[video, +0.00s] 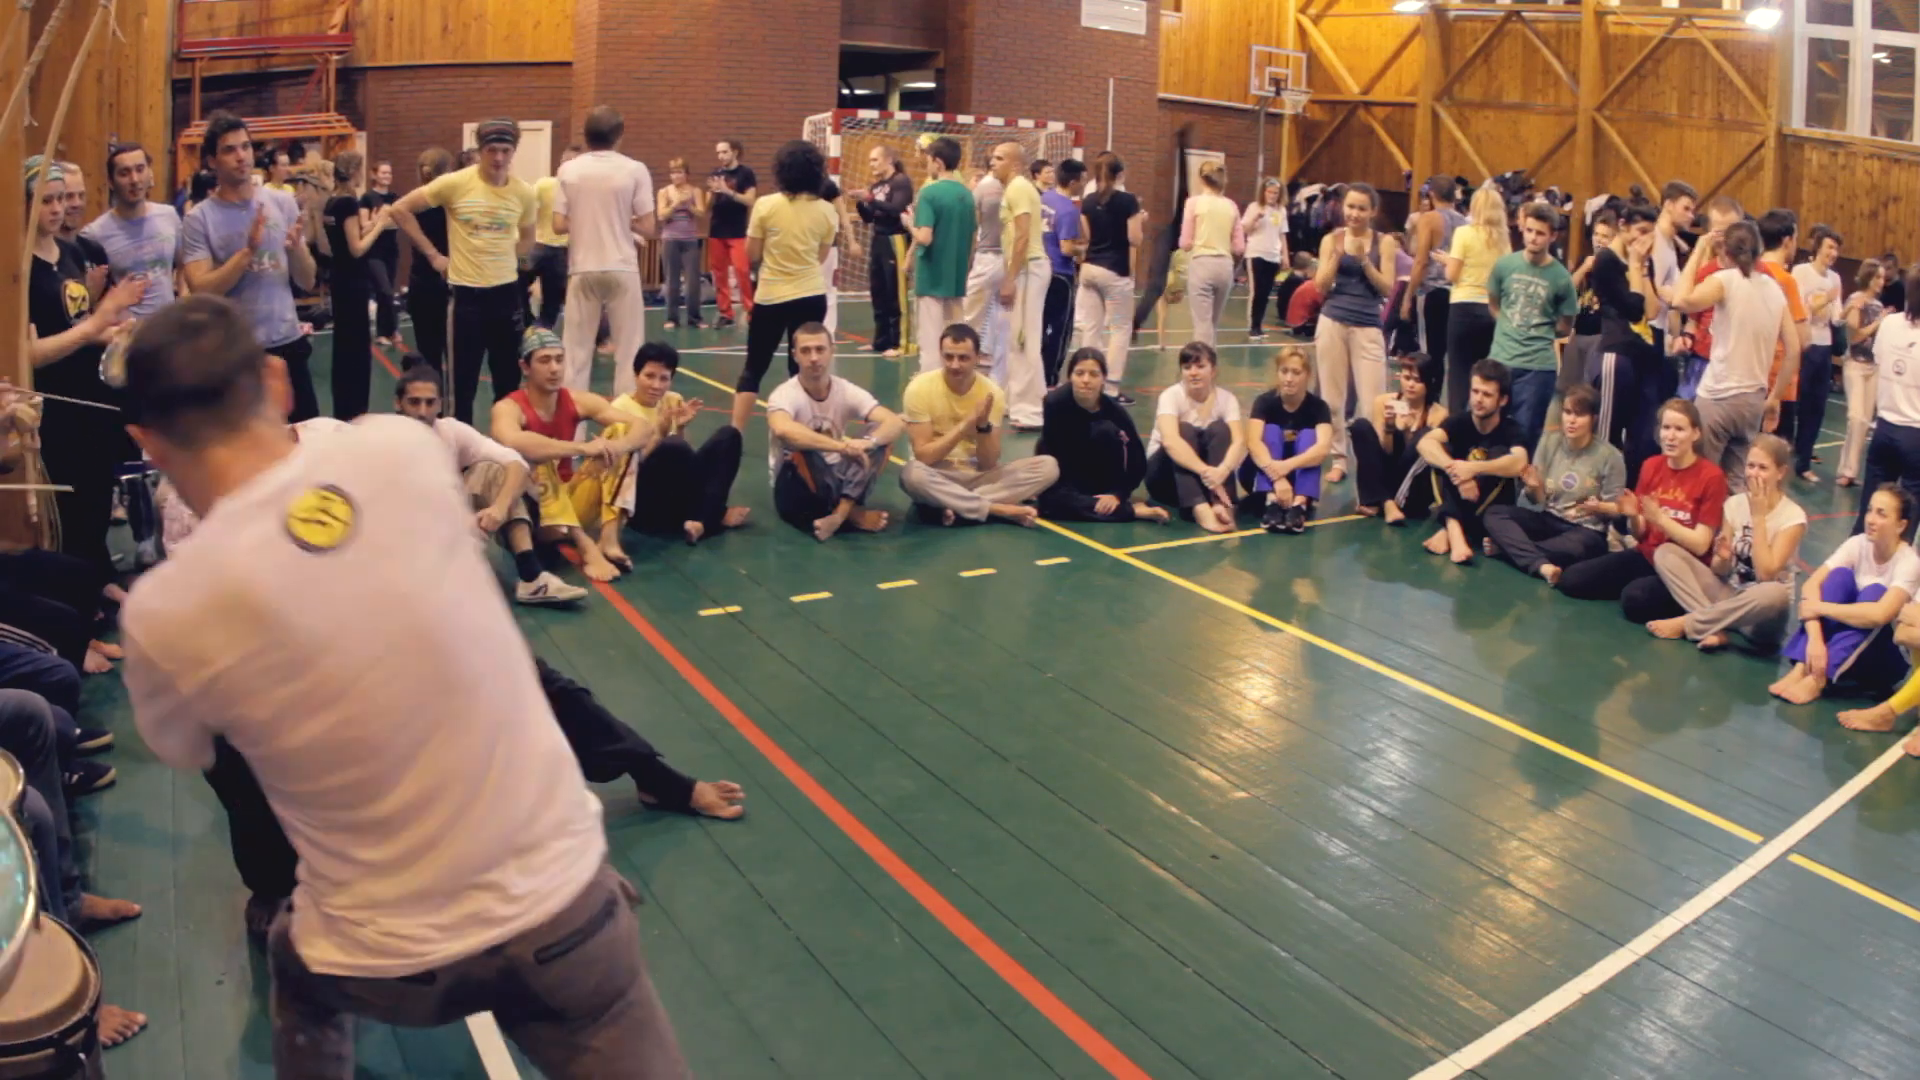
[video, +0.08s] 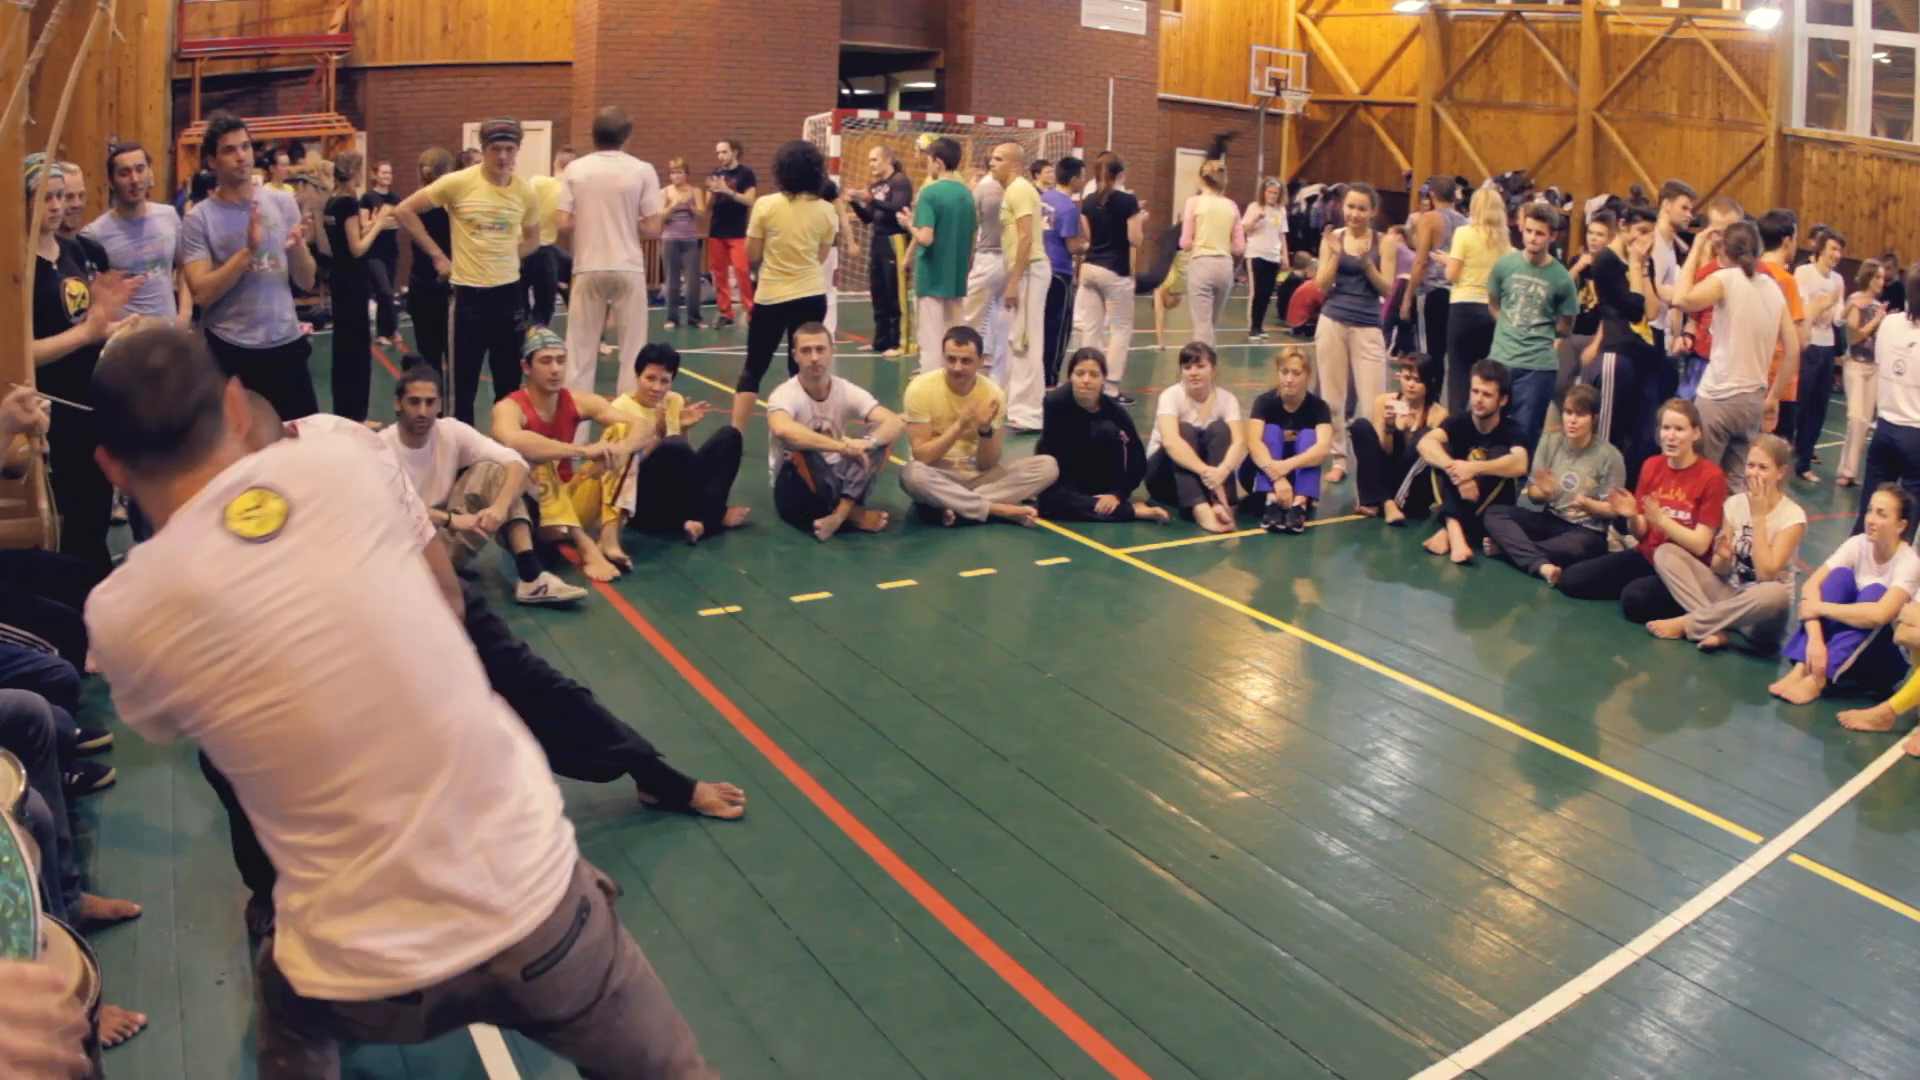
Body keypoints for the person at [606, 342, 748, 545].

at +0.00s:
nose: (656, 386)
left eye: (664, 379)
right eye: (649, 376)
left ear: (671, 381)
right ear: (636, 376)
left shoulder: (673, 402)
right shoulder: (620, 408)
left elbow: (686, 459)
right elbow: (629, 464)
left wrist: (679, 429)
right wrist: (659, 432)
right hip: (644, 514)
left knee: (730, 435)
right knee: (674, 450)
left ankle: (700, 520)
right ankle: (716, 517)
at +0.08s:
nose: (656, 388)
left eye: (664, 381)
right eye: (650, 379)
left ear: (672, 382)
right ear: (637, 377)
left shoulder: (675, 402)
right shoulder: (619, 410)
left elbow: (687, 459)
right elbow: (619, 466)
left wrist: (682, 428)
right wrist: (657, 433)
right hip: (644, 513)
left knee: (730, 435)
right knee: (674, 449)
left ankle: (699, 520)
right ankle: (716, 517)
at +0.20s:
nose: (657, 390)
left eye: (665, 384)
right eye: (652, 381)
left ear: (672, 384)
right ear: (639, 377)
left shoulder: (674, 402)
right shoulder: (621, 409)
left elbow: (683, 448)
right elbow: (630, 465)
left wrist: (675, 431)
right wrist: (661, 434)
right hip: (645, 514)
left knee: (730, 435)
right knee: (675, 450)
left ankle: (700, 520)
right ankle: (717, 517)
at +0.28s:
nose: (657, 391)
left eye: (666, 384)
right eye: (652, 381)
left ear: (673, 385)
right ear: (639, 378)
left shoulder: (674, 402)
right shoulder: (620, 410)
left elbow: (684, 448)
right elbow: (627, 465)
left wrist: (677, 429)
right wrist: (662, 434)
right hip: (644, 514)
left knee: (730, 435)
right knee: (675, 451)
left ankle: (700, 520)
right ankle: (717, 516)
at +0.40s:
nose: (657, 392)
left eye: (666, 386)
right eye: (652, 382)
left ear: (673, 386)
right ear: (639, 378)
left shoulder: (675, 402)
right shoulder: (620, 409)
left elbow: (684, 455)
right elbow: (626, 464)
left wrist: (682, 430)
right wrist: (659, 433)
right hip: (644, 514)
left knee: (730, 435)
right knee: (674, 450)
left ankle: (699, 520)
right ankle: (717, 517)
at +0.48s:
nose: (658, 393)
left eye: (666, 387)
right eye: (652, 383)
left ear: (673, 386)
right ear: (639, 378)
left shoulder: (676, 402)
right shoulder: (620, 409)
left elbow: (688, 456)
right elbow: (623, 464)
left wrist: (684, 430)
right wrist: (657, 436)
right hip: (644, 514)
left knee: (730, 436)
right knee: (674, 449)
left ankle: (699, 520)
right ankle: (717, 515)